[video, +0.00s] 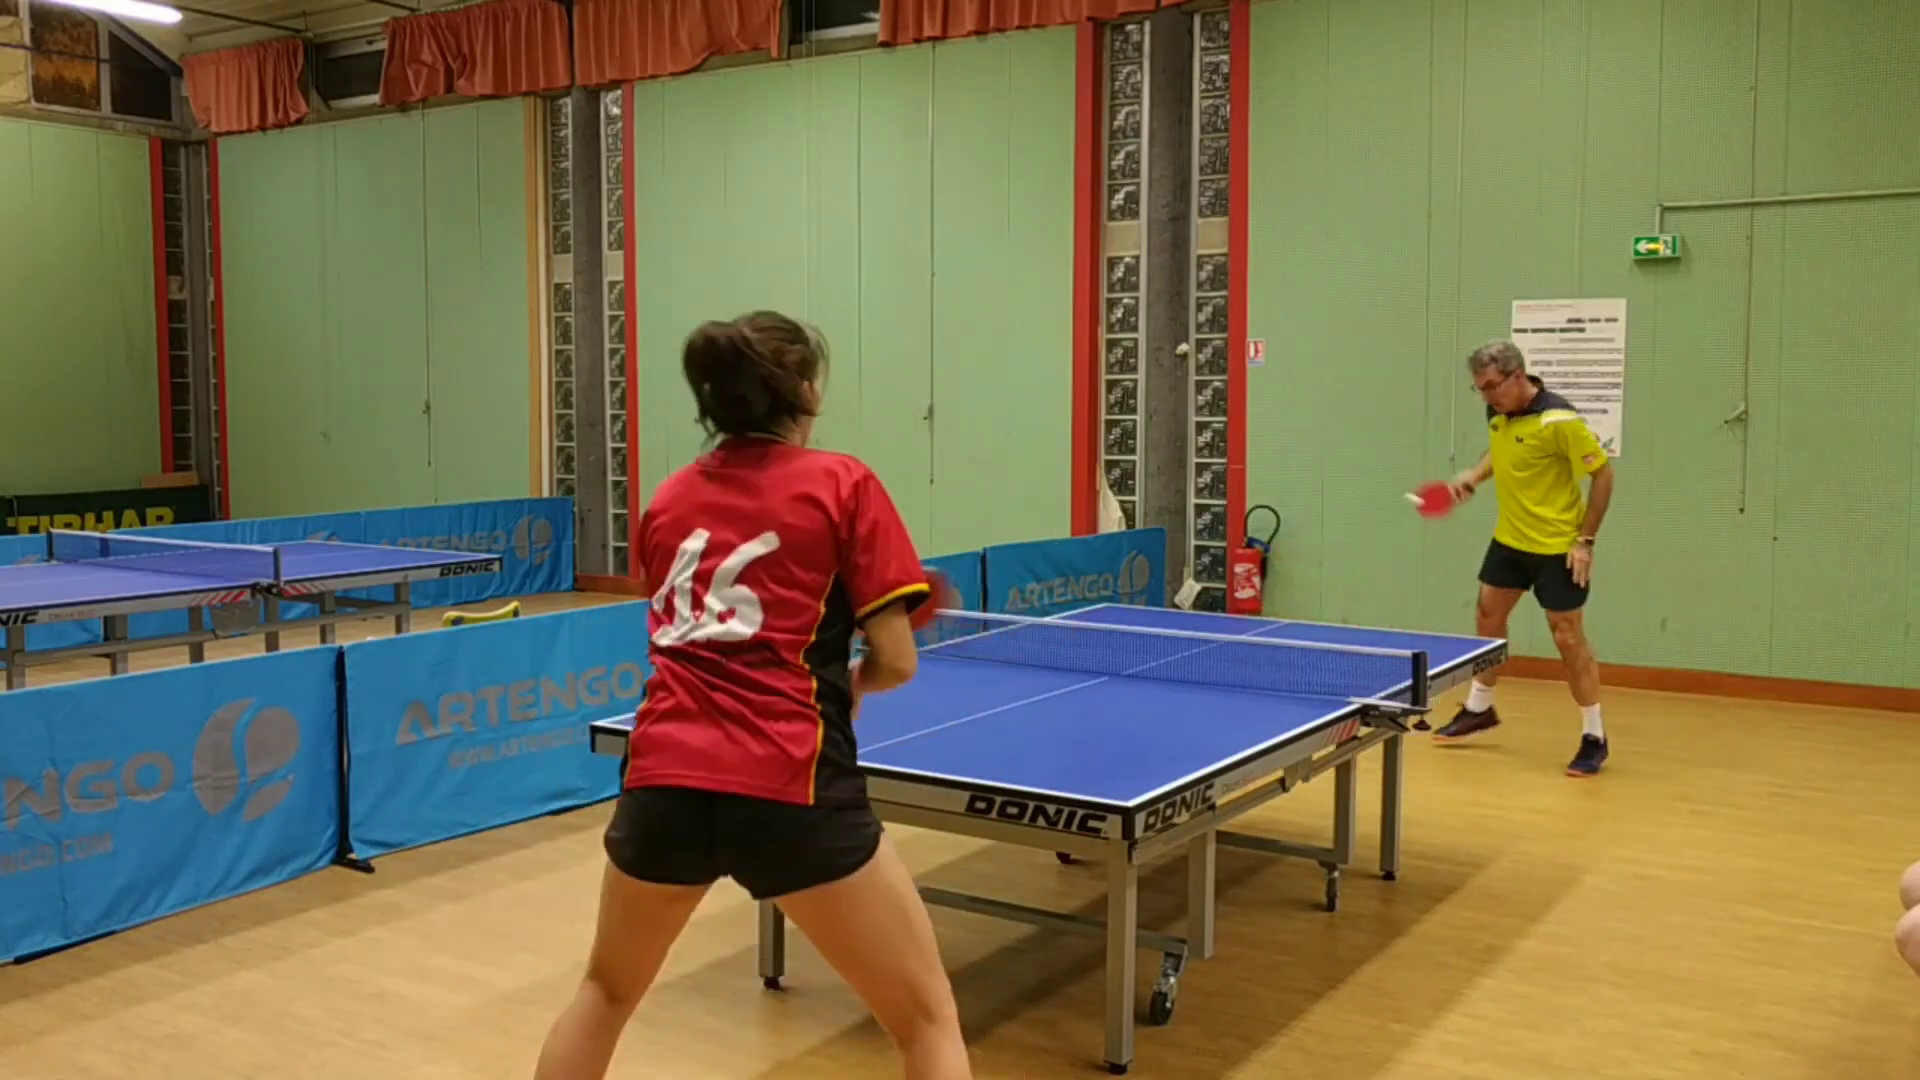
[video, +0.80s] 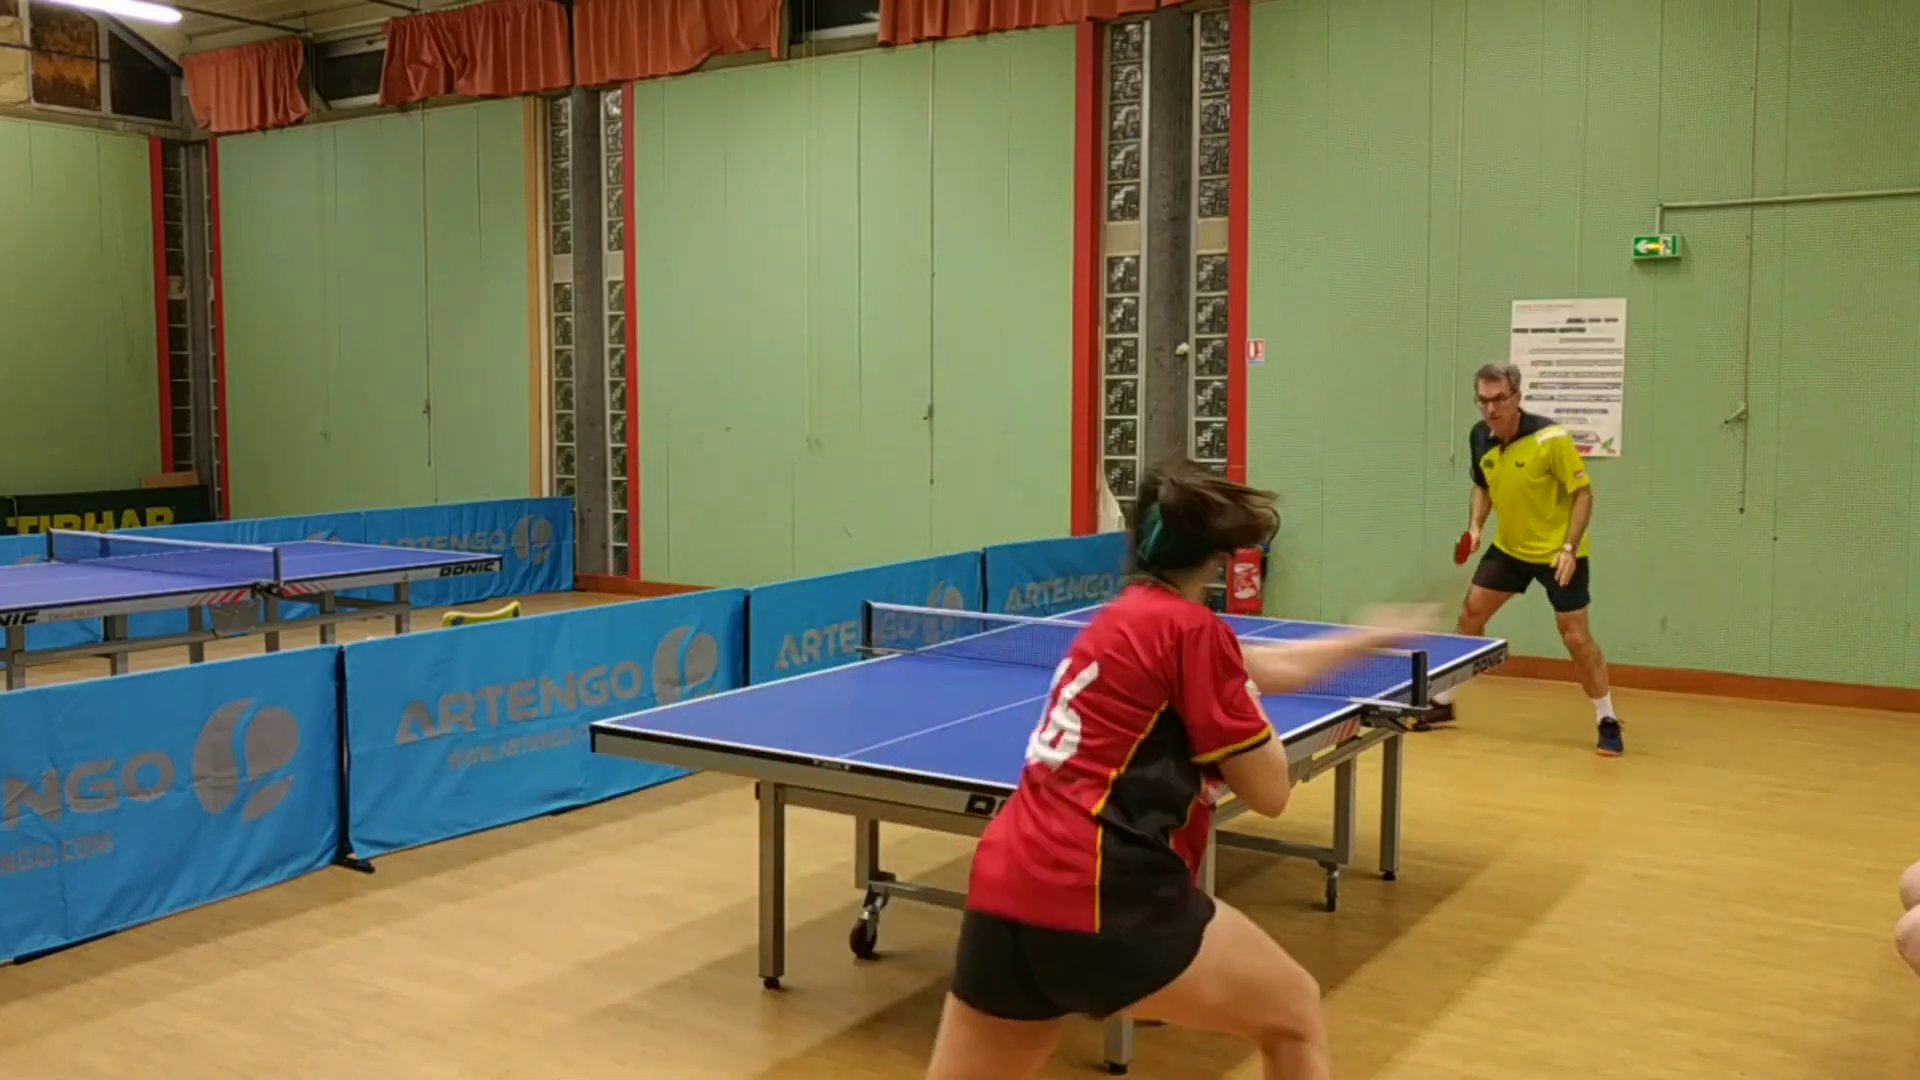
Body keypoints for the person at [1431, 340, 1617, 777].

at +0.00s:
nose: (1486, 399)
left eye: (1491, 388)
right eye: (1481, 390)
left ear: (1519, 377)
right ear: (1487, 387)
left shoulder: (1559, 419)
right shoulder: (1500, 413)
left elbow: (1603, 475)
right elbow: (1501, 453)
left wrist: (1585, 540)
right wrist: (1474, 476)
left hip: (1557, 548)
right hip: (1510, 540)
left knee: (1569, 639)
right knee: (1488, 614)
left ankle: (1594, 736)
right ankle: (1479, 706)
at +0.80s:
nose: (1490, 409)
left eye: (1498, 400)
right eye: (1483, 401)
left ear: (1518, 397)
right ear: (1478, 401)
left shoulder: (1552, 438)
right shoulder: (1481, 438)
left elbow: (1583, 494)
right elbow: (1483, 486)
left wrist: (1570, 548)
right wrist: (1475, 527)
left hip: (1558, 552)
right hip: (1510, 548)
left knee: (1576, 637)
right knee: (1471, 614)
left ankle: (1607, 719)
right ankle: (1442, 700)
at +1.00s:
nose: (1474, 422)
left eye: (1481, 413)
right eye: (1468, 414)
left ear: (1504, 410)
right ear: (1464, 415)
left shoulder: (1543, 450)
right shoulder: (1466, 450)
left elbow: (1569, 505)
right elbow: (1465, 503)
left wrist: (1570, 556)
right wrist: (1444, 550)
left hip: (1541, 558)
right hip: (1486, 553)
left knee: (1570, 641)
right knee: (1445, 617)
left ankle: (1605, 720)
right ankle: (1433, 706)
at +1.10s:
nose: (1458, 412)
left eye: (1464, 403)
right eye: (1453, 404)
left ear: (1492, 400)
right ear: (1452, 405)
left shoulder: (1532, 439)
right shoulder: (1459, 438)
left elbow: (1562, 493)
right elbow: (1444, 489)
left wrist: (1562, 549)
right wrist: (1396, 523)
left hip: (1531, 552)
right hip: (1478, 548)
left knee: (1563, 636)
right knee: (1439, 613)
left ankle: (1604, 719)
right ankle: (1433, 707)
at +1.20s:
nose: (1449, 404)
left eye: (1456, 394)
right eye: (1445, 396)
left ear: (1482, 393)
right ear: (1445, 396)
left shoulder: (1519, 435)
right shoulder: (1445, 432)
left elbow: (1557, 489)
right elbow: (1400, 469)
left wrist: (1551, 549)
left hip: (1523, 551)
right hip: (1473, 547)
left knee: (1557, 635)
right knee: (1436, 615)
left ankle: (1603, 720)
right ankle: (1433, 705)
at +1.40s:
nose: (1455, 400)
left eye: (1463, 391)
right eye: (1450, 392)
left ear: (1487, 390)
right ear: (1447, 395)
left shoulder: (1521, 435)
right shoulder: (1445, 433)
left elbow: (1558, 487)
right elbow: (1409, 469)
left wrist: (1560, 550)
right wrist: (1365, 496)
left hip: (1518, 554)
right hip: (1464, 551)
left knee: (1557, 637)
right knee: (1429, 620)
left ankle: (1598, 718)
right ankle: (1432, 707)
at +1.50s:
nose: (1467, 401)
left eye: (1474, 393)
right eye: (1461, 394)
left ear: (1496, 392)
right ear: (1457, 395)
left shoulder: (1528, 437)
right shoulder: (1456, 433)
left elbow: (1563, 491)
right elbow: (1437, 477)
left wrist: (1574, 553)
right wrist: (1411, 512)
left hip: (1525, 556)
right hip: (1470, 552)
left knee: (1562, 639)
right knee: (1431, 622)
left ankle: (1601, 718)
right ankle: (1432, 706)